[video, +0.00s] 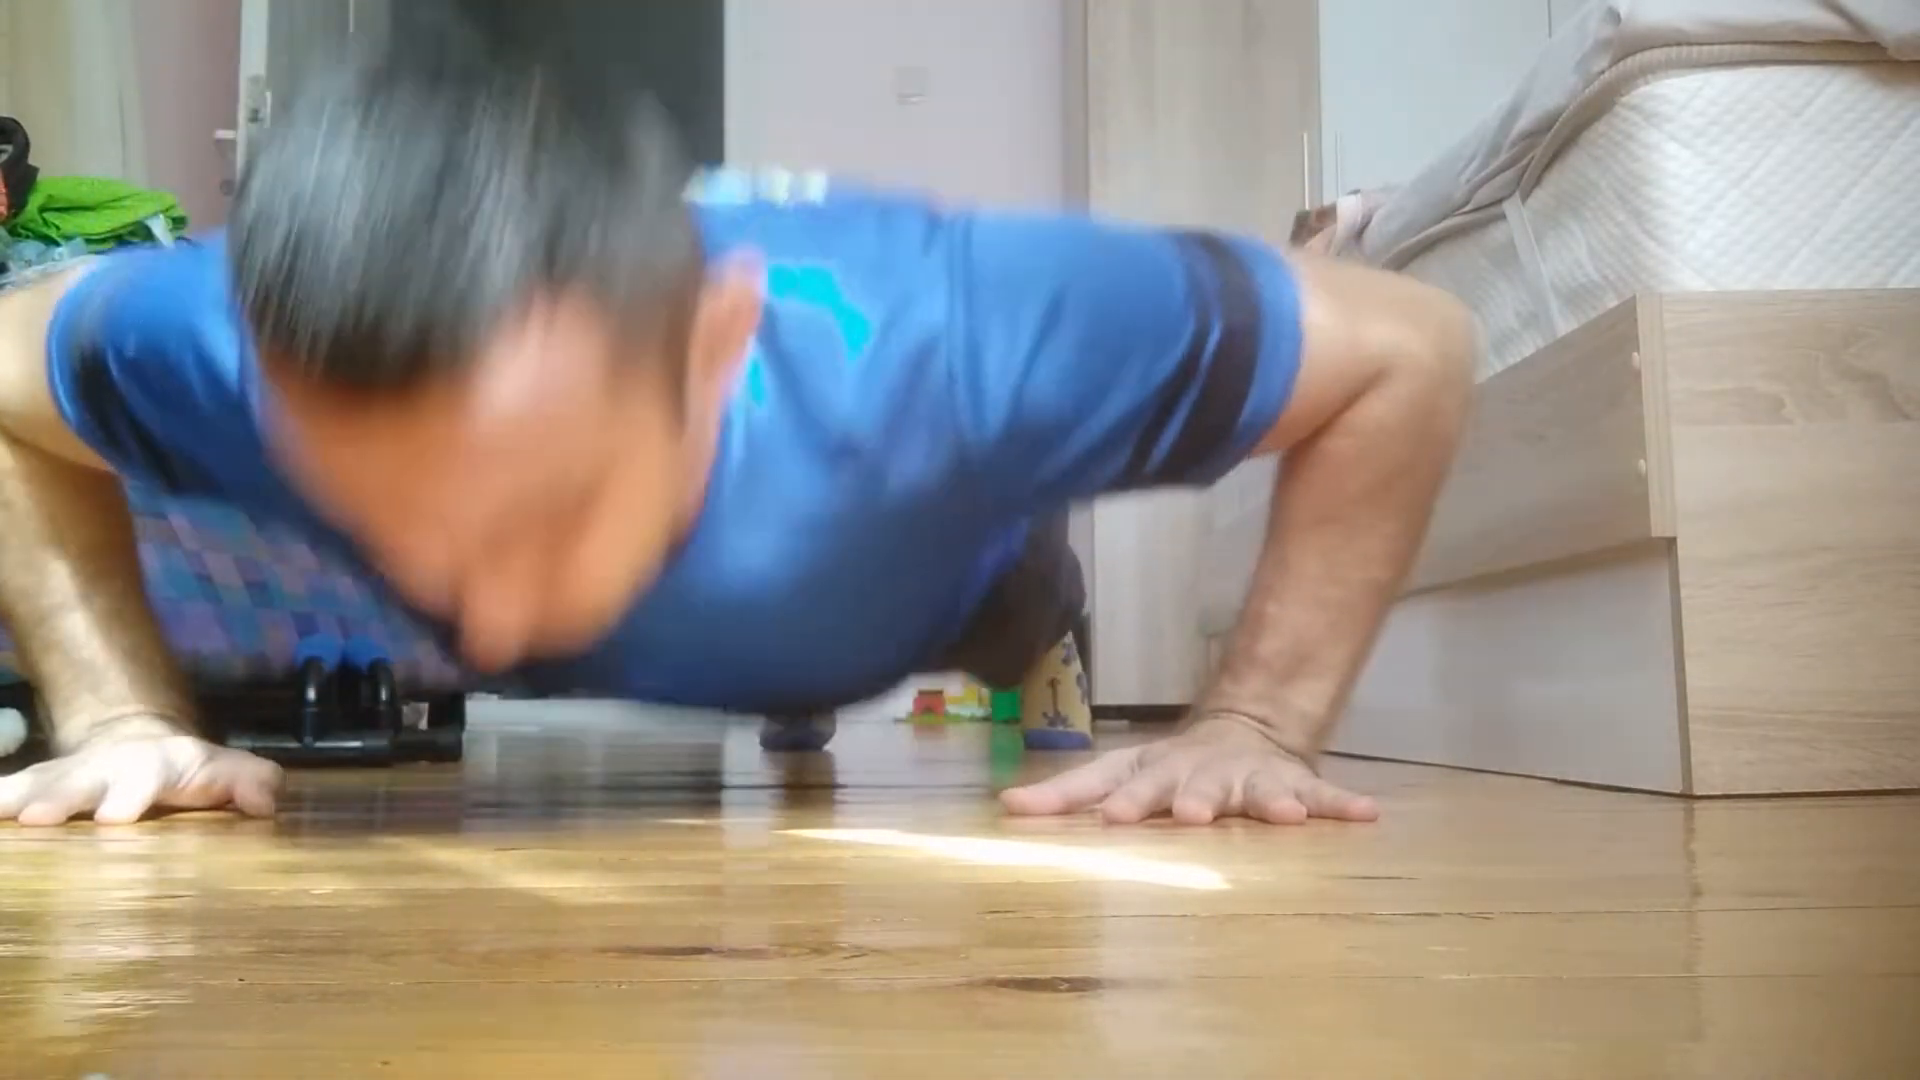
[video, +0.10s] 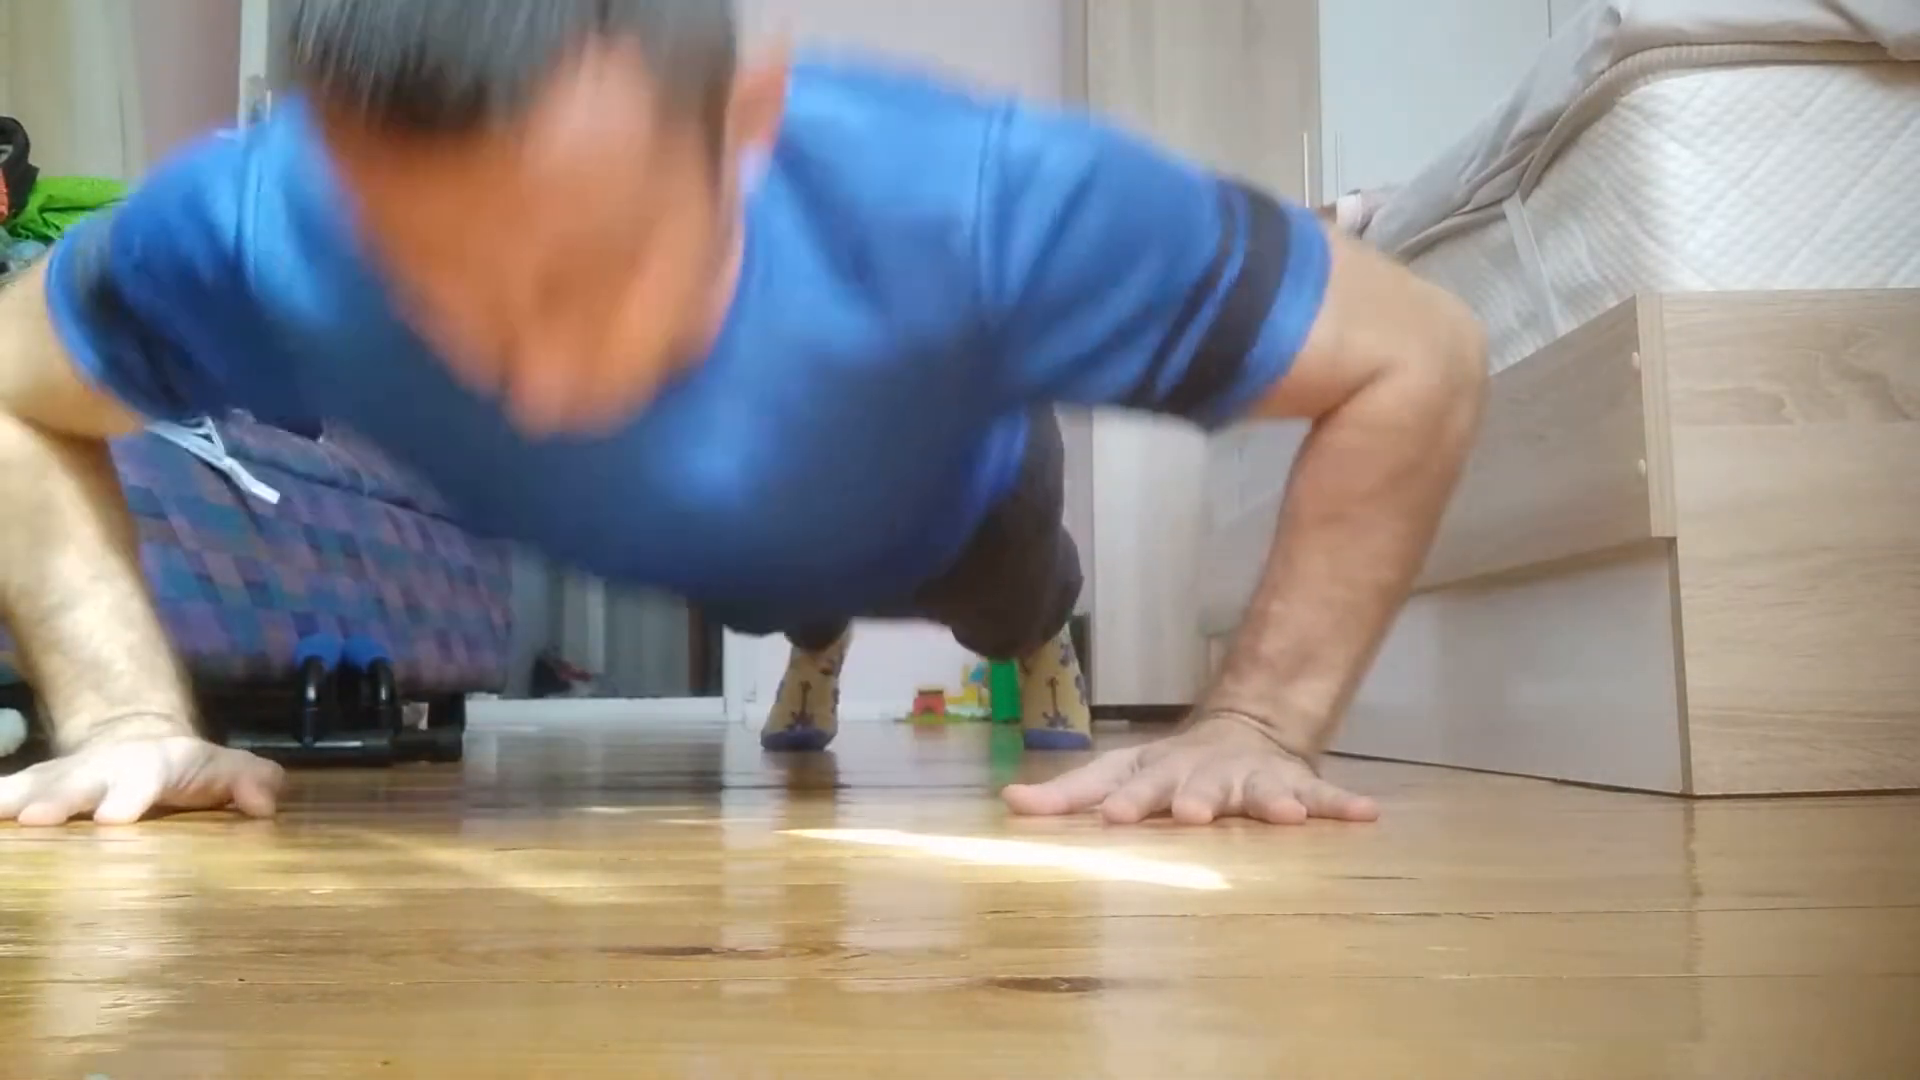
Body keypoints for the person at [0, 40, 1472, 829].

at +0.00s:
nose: (483, 618)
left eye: (547, 533)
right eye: (396, 548)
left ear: (713, 344)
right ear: (311, 420)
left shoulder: (960, 352)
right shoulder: (229, 349)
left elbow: (1411, 353)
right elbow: (23, 380)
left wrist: (1265, 721)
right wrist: (121, 712)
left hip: (936, 596)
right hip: (682, 627)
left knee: (1009, 620)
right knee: (788, 678)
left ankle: (1035, 659)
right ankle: (806, 713)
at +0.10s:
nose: (518, 360)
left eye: (584, 276)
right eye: (448, 287)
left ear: (743, 118)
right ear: (355, 191)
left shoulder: (967, 206)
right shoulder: (260, 237)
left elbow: (1419, 358)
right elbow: (19, 396)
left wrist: (1263, 722)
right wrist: (132, 715)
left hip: (950, 518)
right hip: (712, 546)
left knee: (1011, 611)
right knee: (786, 604)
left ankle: (1034, 646)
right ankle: (818, 659)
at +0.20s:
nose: (563, 99)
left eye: (616, 34)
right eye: (505, 44)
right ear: (431, 15)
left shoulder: (971, 56)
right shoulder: (315, 89)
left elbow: (1375, 346)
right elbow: (60, 368)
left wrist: (1263, 720)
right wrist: (136, 718)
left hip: (938, 453)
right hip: (697, 497)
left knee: (1009, 587)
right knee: (785, 593)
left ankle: (1027, 634)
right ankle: (817, 650)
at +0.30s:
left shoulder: (999, 12)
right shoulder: (323, 19)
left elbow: (1282, 287)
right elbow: (137, 324)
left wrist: (1251, 717)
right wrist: (147, 718)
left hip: (933, 387)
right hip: (682, 434)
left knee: (1006, 563)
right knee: (782, 568)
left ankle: (1016, 623)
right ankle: (818, 650)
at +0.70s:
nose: (505, 357)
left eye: (570, 270)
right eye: (437, 278)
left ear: (729, 85)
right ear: (337, 170)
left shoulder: (936, 166)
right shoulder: (254, 205)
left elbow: (1349, 350)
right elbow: (72, 395)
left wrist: (1247, 719)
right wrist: (137, 715)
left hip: (959, 591)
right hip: (693, 615)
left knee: (1017, 654)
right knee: (780, 657)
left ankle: (1016, 677)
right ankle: (797, 688)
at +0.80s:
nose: (495, 704)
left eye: (556, 612)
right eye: (417, 635)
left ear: (721, 392)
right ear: (306, 487)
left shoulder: (952, 375)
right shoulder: (267, 377)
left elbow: (1354, 353)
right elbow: (48, 374)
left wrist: (1255, 719)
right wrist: (133, 714)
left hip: (962, 699)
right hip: (655, 730)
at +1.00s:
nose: (515, 651)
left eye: (580, 564)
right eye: (423, 583)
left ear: (742, 381)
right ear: (328, 454)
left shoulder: (971, 374)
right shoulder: (248, 361)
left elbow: (1391, 356)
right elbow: (29, 371)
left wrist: (1259, 717)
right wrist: (126, 711)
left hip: (939, 634)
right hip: (688, 662)